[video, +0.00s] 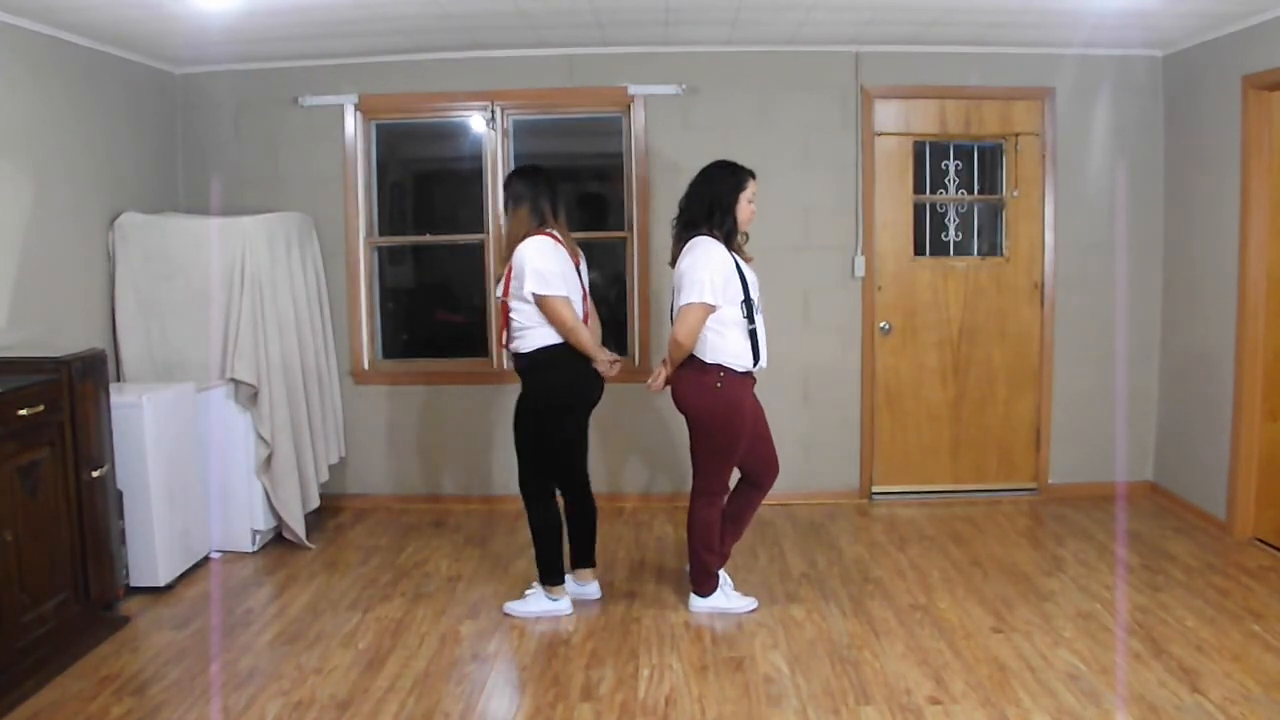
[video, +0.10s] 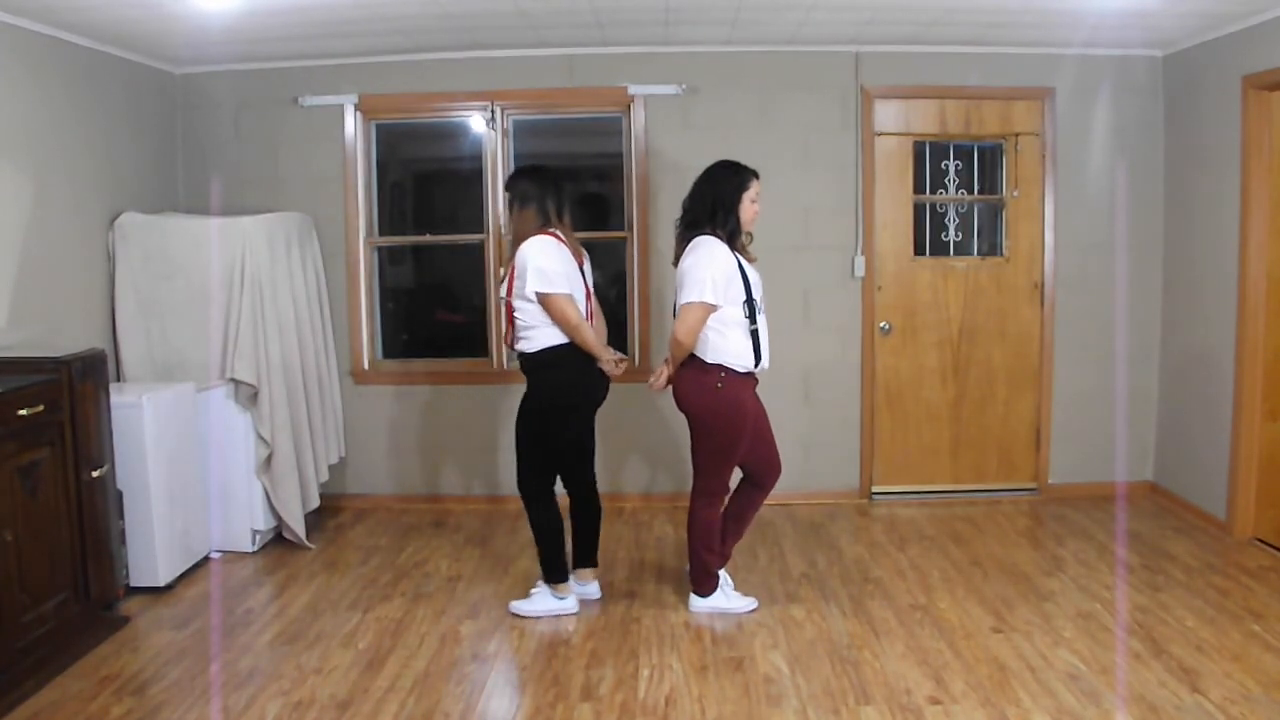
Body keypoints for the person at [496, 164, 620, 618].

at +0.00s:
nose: (506, 211)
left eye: (509, 203)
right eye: (508, 203)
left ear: (520, 204)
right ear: (550, 202)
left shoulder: (532, 249)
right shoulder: (569, 248)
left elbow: (563, 319)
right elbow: (589, 315)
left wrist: (600, 357)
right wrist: (597, 357)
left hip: (548, 373)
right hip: (577, 370)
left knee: (535, 483)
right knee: (574, 477)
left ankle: (551, 591)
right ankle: (584, 576)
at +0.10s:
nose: (509, 215)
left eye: (512, 206)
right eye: (509, 206)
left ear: (528, 207)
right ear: (553, 206)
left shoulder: (534, 250)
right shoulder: (575, 250)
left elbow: (567, 317)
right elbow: (595, 316)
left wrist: (605, 356)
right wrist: (603, 358)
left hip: (553, 374)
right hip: (582, 371)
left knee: (534, 482)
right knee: (580, 476)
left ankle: (557, 589)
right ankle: (585, 575)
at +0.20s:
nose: (511, 215)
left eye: (514, 206)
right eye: (512, 206)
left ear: (528, 207)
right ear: (554, 205)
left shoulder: (535, 250)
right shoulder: (575, 249)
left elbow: (568, 317)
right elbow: (598, 315)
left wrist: (604, 356)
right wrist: (605, 357)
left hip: (556, 373)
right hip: (584, 370)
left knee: (539, 483)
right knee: (581, 477)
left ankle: (572, 588)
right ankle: (584, 574)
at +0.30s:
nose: (511, 213)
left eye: (515, 204)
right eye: (511, 204)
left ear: (530, 205)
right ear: (555, 204)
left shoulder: (535, 250)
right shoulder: (577, 249)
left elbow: (568, 318)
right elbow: (599, 314)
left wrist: (604, 356)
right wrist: (606, 357)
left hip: (556, 374)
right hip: (583, 371)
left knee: (555, 481)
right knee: (579, 475)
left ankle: (574, 592)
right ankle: (584, 575)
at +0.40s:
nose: (509, 212)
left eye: (512, 203)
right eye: (510, 203)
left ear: (527, 204)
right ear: (554, 203)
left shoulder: (532, 249)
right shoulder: (577, 249)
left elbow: (566, 317)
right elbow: (600, 313)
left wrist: (603, 355)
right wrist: (603, 355)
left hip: (556, 373)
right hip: (583, 370)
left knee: (560, 483)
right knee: (579, 477)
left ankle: (575, 593)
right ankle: (585, 575)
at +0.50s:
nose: (507, 211)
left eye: (510, 202)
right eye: (507, 202)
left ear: (524, 204)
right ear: (549, 204)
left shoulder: (532, 247)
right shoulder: (567, 244)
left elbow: (564, 310)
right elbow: (605, 296)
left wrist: (599, 355)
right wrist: (601, 347)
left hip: (554, 372)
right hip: (579, 367)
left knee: (559, 483)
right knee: (575, 477)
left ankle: (575, 591)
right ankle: (584, 574)